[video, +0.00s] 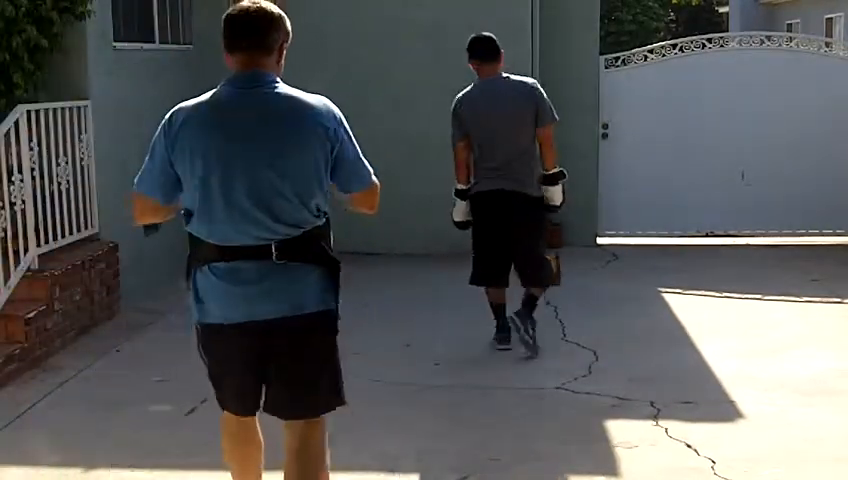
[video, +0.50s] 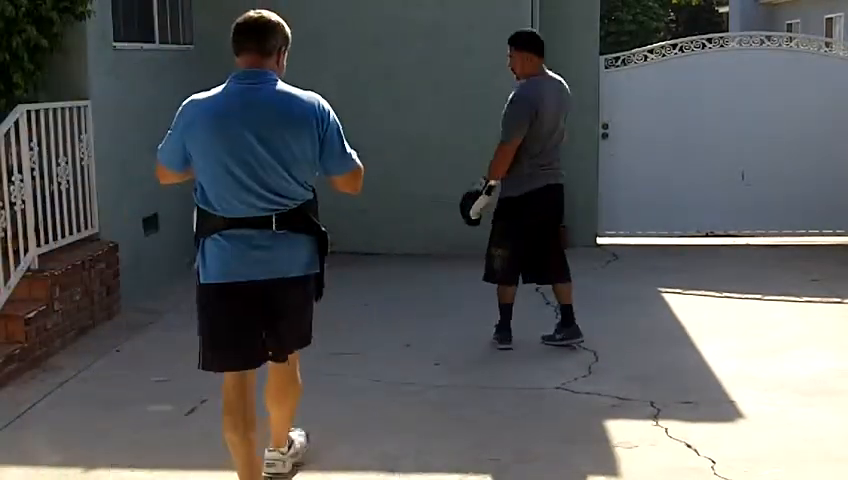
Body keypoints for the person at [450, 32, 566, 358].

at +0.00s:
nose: (477, 69)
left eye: (473, 64)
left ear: (471, 65)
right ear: (502, 58)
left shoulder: (464, 101)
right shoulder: (530, 89)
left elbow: (462, 153)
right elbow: (546, 139)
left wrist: (462, 197)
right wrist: (553, 183)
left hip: (486, 198)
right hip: (525, 196)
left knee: (493, 265)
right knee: (535, 262)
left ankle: (501, 330)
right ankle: (526, 313)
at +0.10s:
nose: (480, 66)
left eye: (477, 61)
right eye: (486, 59)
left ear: (475, 62)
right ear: (505, 56)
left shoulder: (470, 100)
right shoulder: (536, 88)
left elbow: (466, 152)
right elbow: (551, 139)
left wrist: (466, 193)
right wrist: (550, 178)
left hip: (491, 195)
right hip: (530, 192)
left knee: (494, 263)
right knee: (537, 255)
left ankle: (502, 329)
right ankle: (546, 315)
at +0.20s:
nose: (481, 66)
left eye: (481, 60)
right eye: (481, 60)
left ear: (487, 61)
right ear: (510, 58)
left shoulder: (479, 100)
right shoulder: (543, 87)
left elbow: (471, 152)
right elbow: (554, 138)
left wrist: (469, 189)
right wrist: (550, 170)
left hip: (496, 195)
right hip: (534, 192)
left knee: (496, 262)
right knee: (538, 253)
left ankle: (503, 329)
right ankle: (562, 319)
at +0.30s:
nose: (490, 67)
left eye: (491, 60)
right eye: (491, 61)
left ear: (498, 61)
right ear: (519, 58)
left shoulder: (492, 99)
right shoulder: (551, 89)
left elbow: (480, 150)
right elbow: (554, 136)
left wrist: (472, 187)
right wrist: (550, 167)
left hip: (503, 195)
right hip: (538, 191)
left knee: (498, 261)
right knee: (540, 253)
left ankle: (502, 329)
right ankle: (566, 319)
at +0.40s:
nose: (499, 65)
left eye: (500, 59)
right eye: (499, 59)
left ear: (512, 57)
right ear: (529, 57)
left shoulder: (508, 97)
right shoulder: (557, 89)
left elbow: (493, 149)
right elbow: (547, 137)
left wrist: (477, 188)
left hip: (510, 194)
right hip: (544, 191)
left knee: (501, 260)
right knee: (546, 254)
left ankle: (502, 329)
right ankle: (567, 322)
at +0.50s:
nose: (509, 62)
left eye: (511, 56)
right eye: (509, 56)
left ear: (526, 57)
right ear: (537, 57)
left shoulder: (523, 96)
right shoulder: (560, 87)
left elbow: (507, 147)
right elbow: (556, 139)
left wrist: (489, 188)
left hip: (519, 193)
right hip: (551, 190)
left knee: (506, 260)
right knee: (554, 255)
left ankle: (504, 329)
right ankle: (568, 325)